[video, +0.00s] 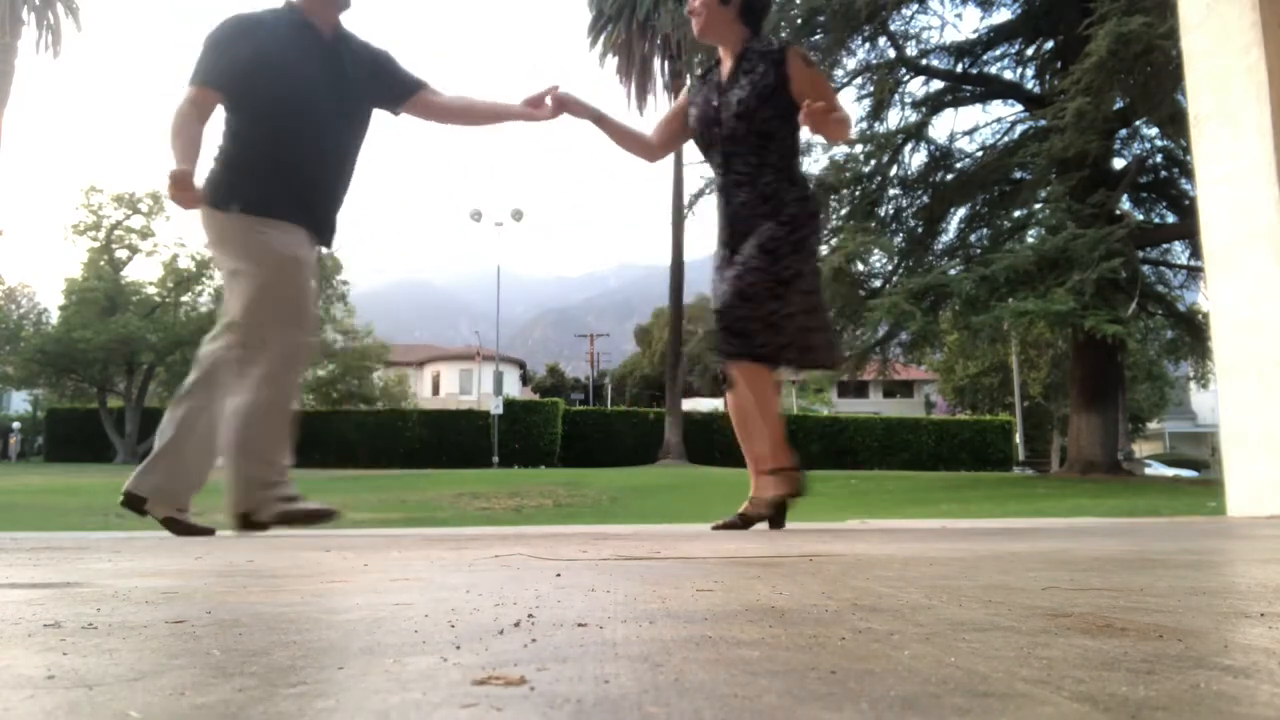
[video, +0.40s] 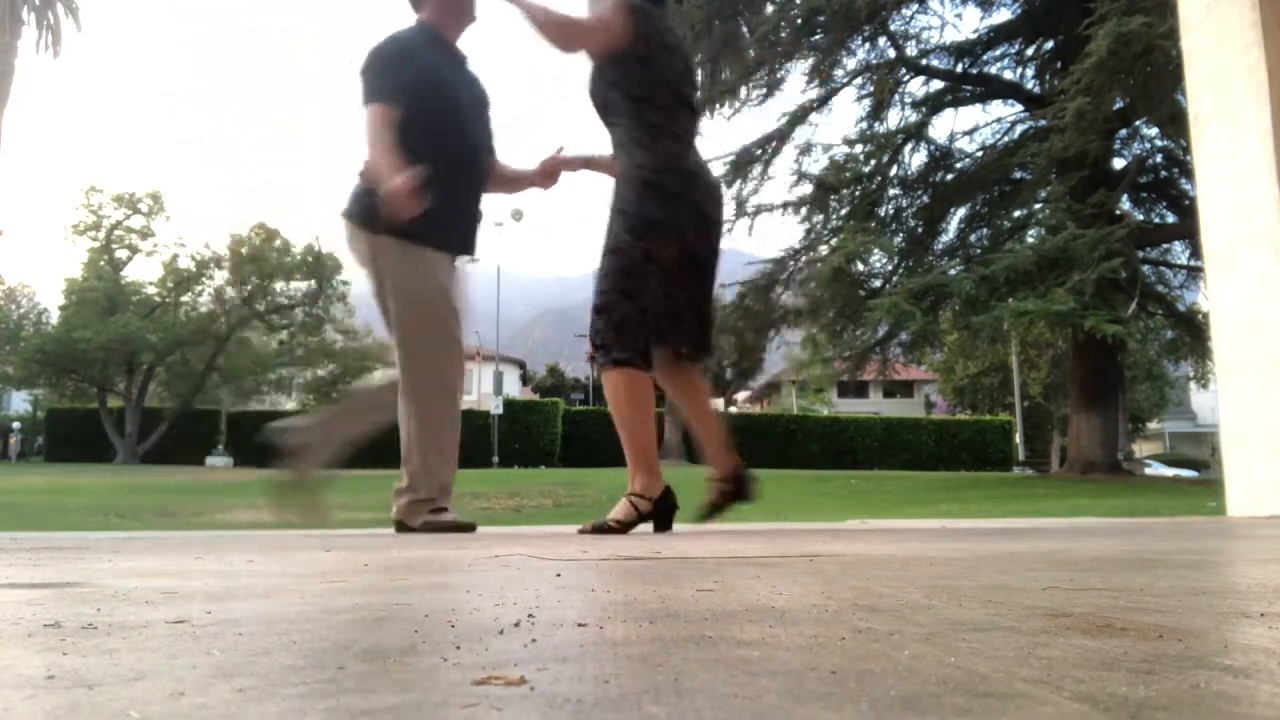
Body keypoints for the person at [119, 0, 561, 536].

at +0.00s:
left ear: (342, 2)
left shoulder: (365, 61)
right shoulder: (249, 31)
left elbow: (436, 104)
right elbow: (194, 107)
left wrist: (521, 111)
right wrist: (184, 169)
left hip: (295, 228)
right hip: (245, 214)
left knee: (234, 353)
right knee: (284, 346)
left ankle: (159, 488)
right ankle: (260, 499)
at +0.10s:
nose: (362, 5)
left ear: (366, 6)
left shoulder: (377, 74)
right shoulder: (271, 47)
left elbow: (443, 123)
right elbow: (216, 122)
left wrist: (521, 126)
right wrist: (213, 181)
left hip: (309, 229)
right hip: (271, 220)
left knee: (239, 364)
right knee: (335, 338)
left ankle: (158, 490)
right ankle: (338, 494)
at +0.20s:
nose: (390, 14)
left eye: (393, 6)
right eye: (379, 4)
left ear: (397, 13)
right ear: (350, 7)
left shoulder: (402, 92)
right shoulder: (310, 63)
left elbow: (454, 155)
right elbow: (255, 145)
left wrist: (517, 157)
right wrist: (260, 199)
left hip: (344, 247)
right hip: (309, 239)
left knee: (242, 367)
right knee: (379, 354)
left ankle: (157, 489)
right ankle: (412, 500)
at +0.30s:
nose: (434, 10)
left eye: (433, 2)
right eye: (424, 2)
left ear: (418, 12)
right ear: (391, 7)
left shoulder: (432, 90)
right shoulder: (358, 62)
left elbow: (463, 175)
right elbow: (324, 140)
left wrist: (516, 178)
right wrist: (326, 204)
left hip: (389, 251)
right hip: (365, 246)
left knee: (323, 372)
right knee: (421, 360)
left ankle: (192, 471)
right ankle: (422, 505)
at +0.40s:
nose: (473, 3)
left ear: (442, 7)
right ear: (439, 2)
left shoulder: (466, 83)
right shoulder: (402, 50)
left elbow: (480, 174)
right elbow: (379, 130)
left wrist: (533, 177)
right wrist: (392, 177)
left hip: (434, 238)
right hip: (397, 228)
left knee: (434, 368)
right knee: (431, 364)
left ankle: (300, 445)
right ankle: (422, 506)